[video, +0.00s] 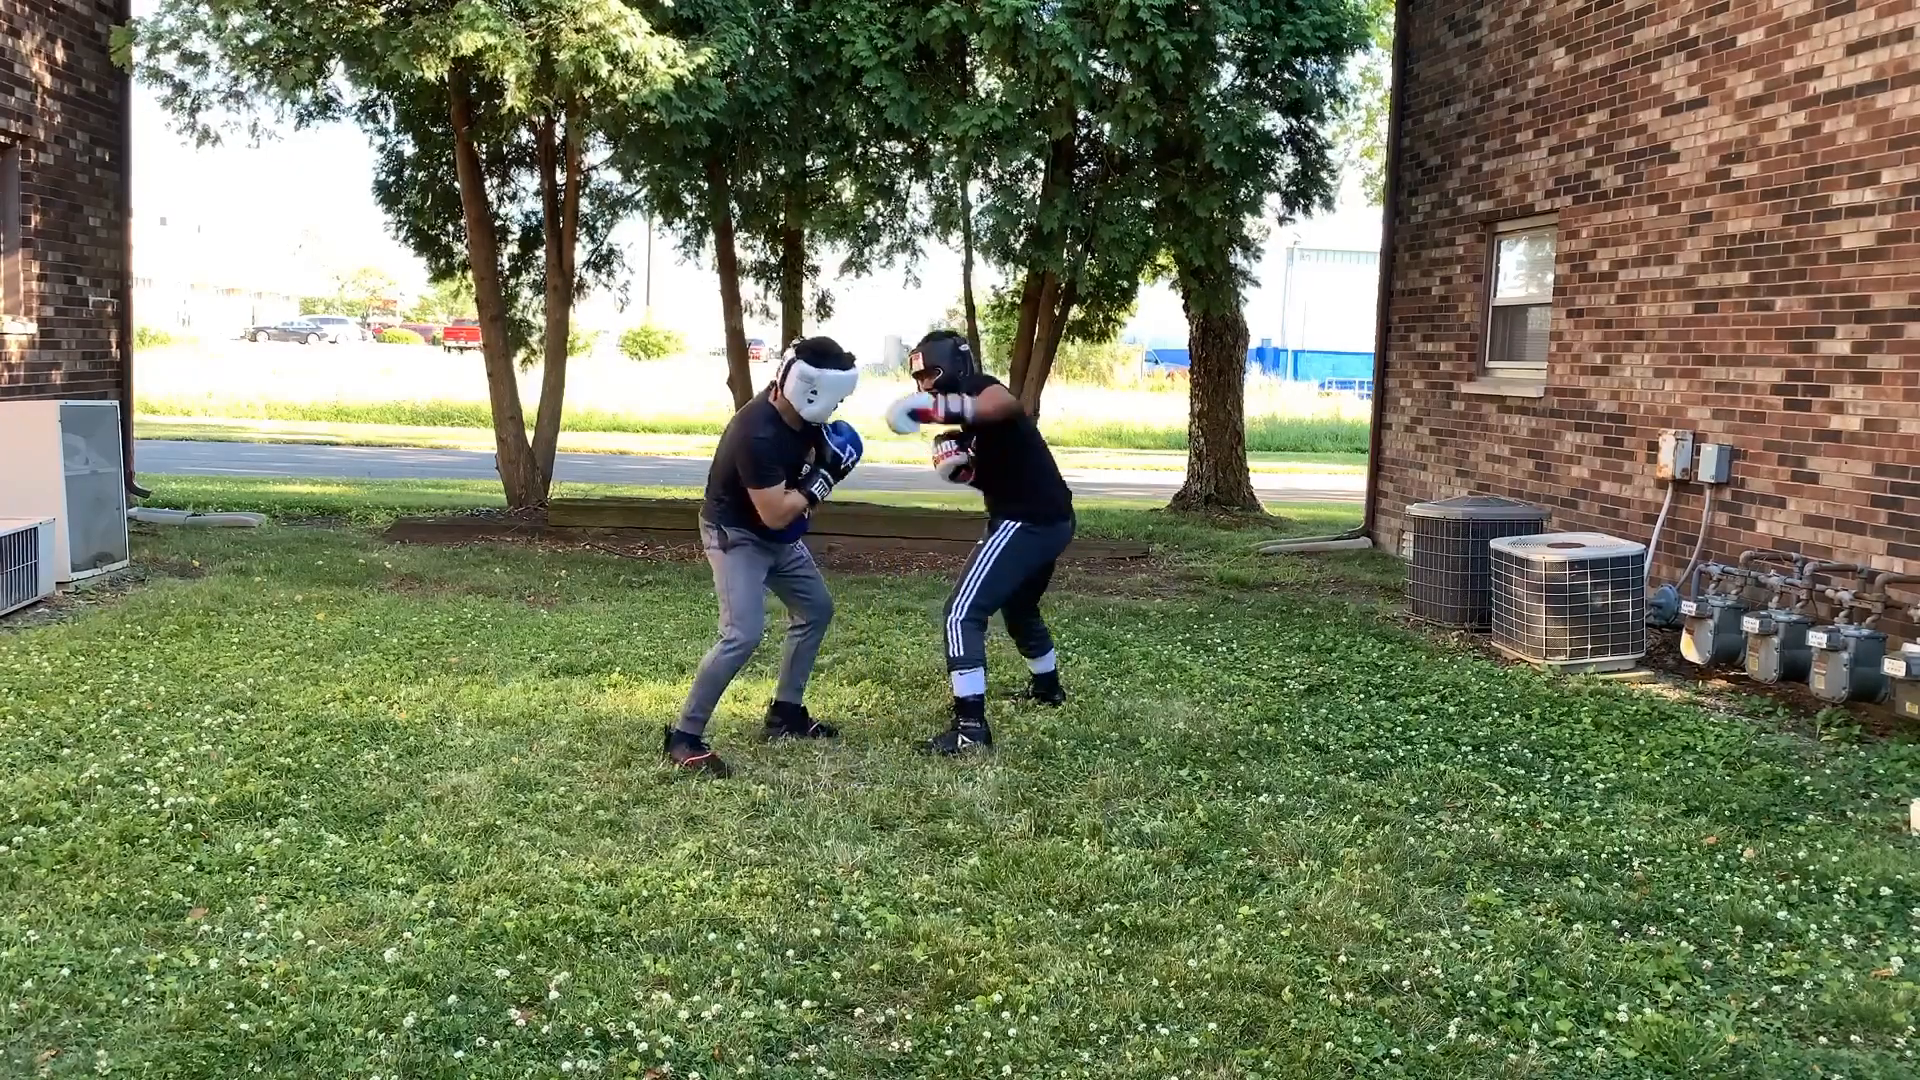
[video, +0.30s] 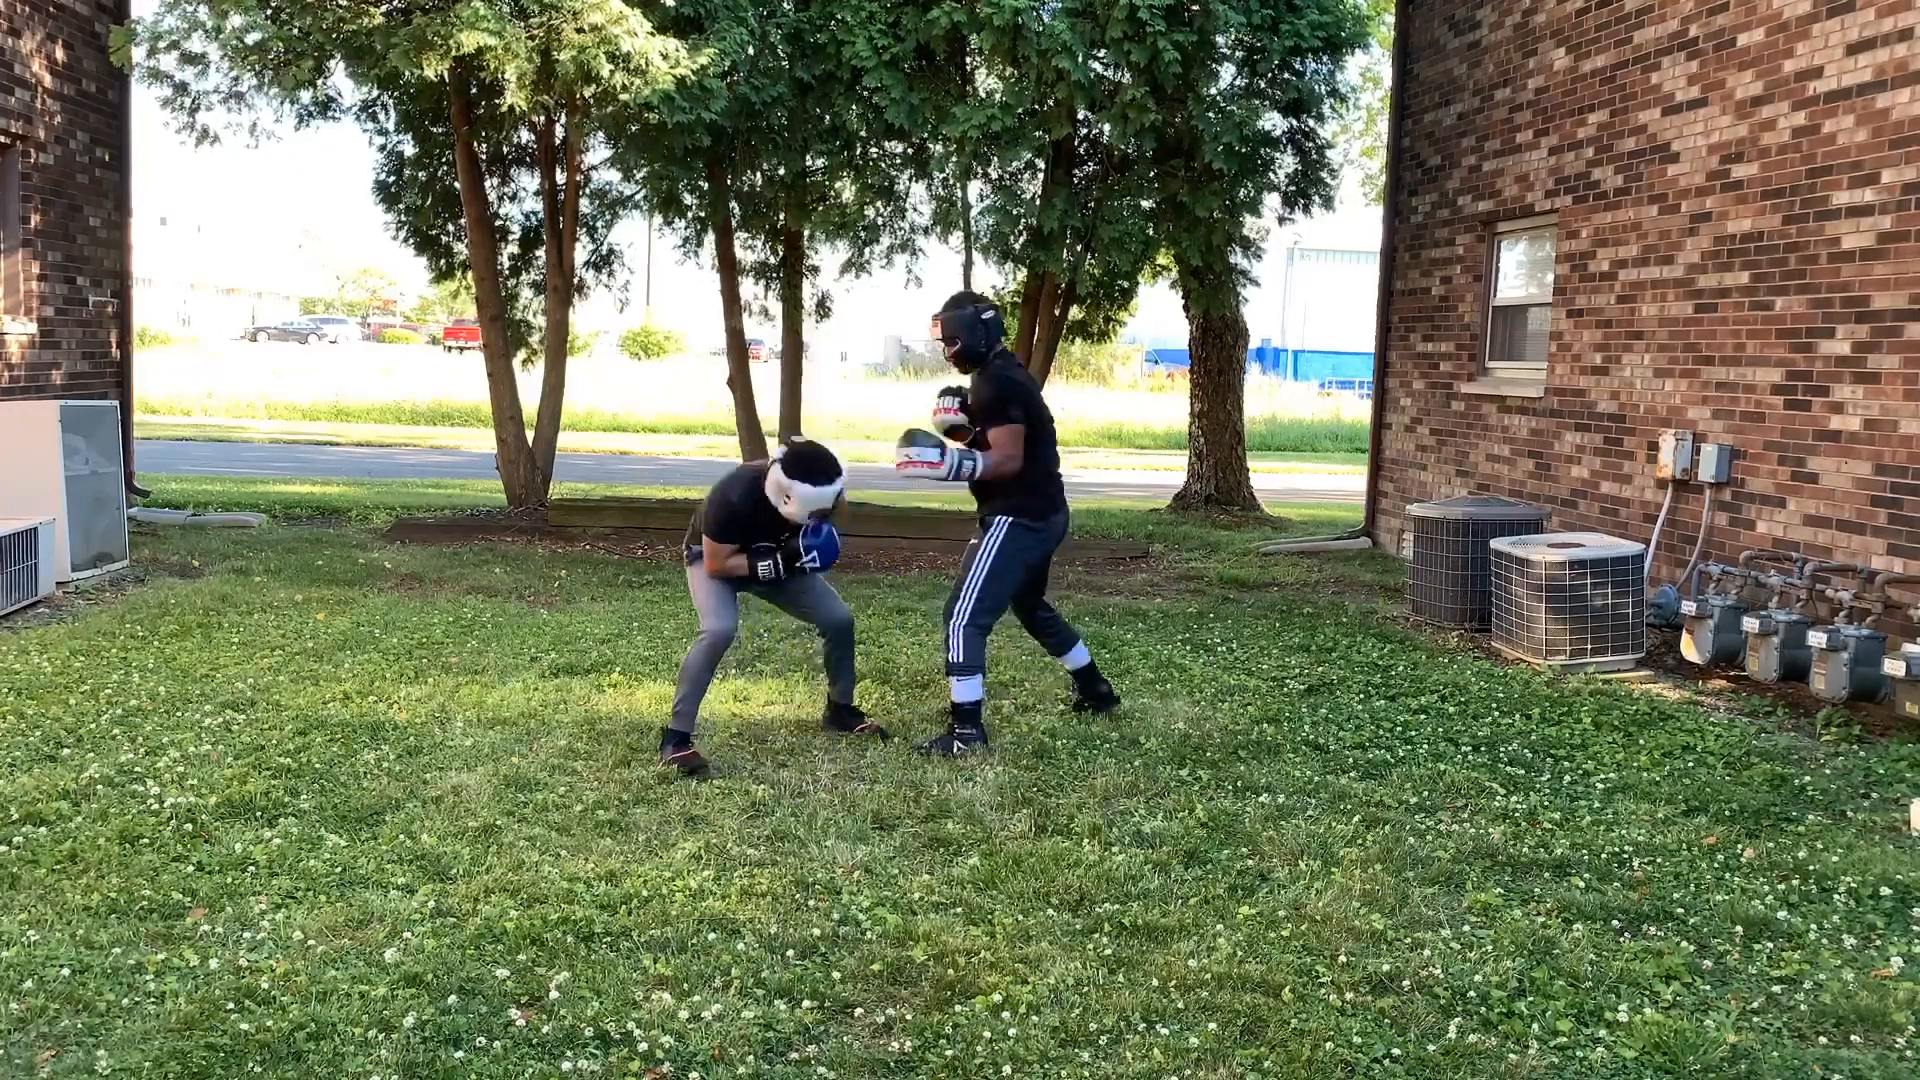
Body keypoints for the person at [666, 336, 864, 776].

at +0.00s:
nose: (833, 406)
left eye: (836, 397)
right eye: (829, 397)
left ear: (801, 385)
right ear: (800, 387)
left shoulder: (802, 416)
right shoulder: (756, 431)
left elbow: (807, 471)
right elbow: (777, 516)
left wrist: (828, 465)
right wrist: (822, 481)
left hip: (780, 535)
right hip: (734, 536)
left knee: (815, 608)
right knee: (742, 634)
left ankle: (787, 713)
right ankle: (685, 737)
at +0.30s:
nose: (821, 518)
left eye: (827, 509)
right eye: (815, 511)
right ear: (787, 497)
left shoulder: (809, 490)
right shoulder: (729, 500)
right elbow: (715, 564)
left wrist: (817, 550)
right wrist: (779, 564)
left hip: (772, 557)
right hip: (713, 562)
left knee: (839, 620)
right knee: (719, 631)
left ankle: (840, 712)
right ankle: (677, 738)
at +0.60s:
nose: (858, 473)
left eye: (863, 465)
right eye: (853, 466)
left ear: (867, 451)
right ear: (825, 450)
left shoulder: (858, 458)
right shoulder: (771, 452)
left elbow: (874, 491)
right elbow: (744, 517)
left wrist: (849, 511)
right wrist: (802, 516)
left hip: (808, 546)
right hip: (748, 540)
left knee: (854, 614)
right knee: (718, 622)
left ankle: (840, 709)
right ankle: (683, 721)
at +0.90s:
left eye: (812, 357)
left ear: (815, 361)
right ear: (859, 356)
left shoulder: (798, 401)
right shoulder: (893, 387)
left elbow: (794, 459)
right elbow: (901, 451)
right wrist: (896, 381)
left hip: (829, 540)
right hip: (888, 532)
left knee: (830, 630)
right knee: (932, 645)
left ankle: (804, 734)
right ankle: (914, 765)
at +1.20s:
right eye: (878, 334)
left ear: (831, 340)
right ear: (878, 341)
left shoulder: (796, 384)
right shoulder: (906, 384)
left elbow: (796, 452)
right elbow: (906, 458)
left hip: (807, 540)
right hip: (869, 537)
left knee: (816, 635)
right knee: (912, 655)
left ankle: (801, 735)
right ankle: (908, 779)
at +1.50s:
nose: (844, 347)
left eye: (841, 341)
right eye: (845, 339)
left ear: (788, 329)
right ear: (835, 335)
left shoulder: (752, 377)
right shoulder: (844, 376)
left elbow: (773, 436)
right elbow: (870, 446)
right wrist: (869, 396)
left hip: (751, 536)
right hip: (804, 536)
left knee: (770, 627)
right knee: (867, 650)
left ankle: (724, 733)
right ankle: (900, 780)